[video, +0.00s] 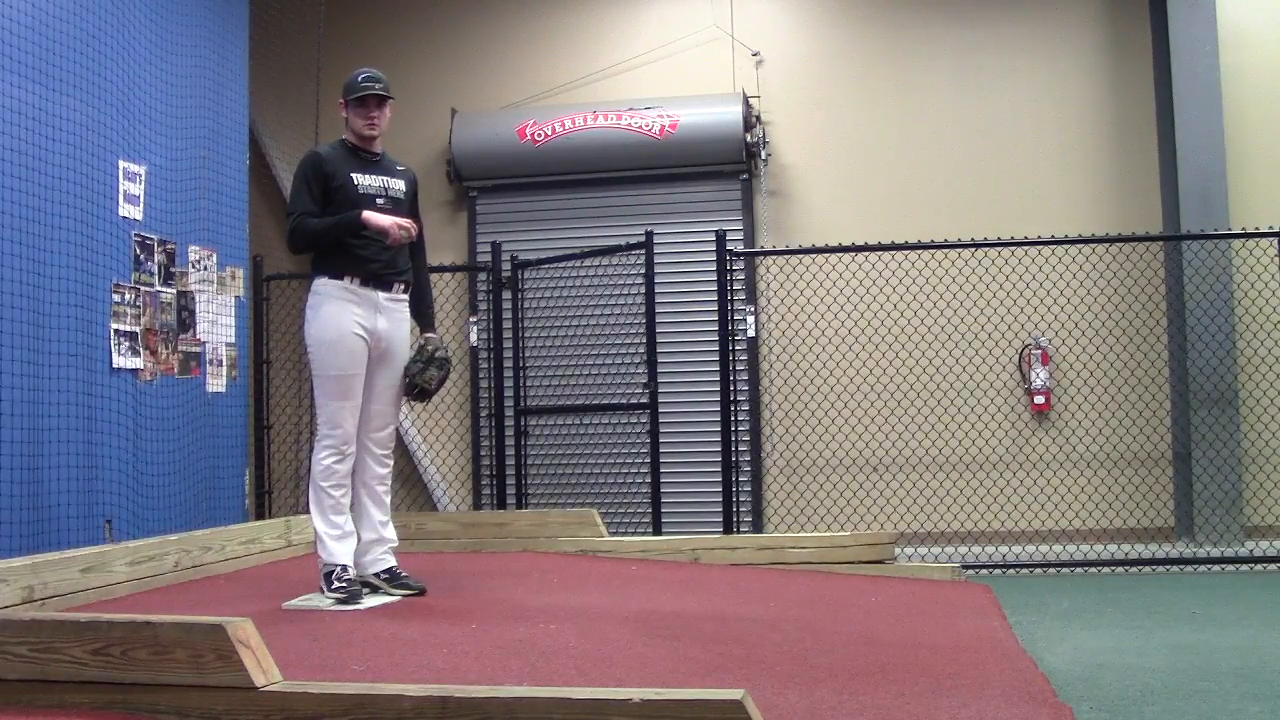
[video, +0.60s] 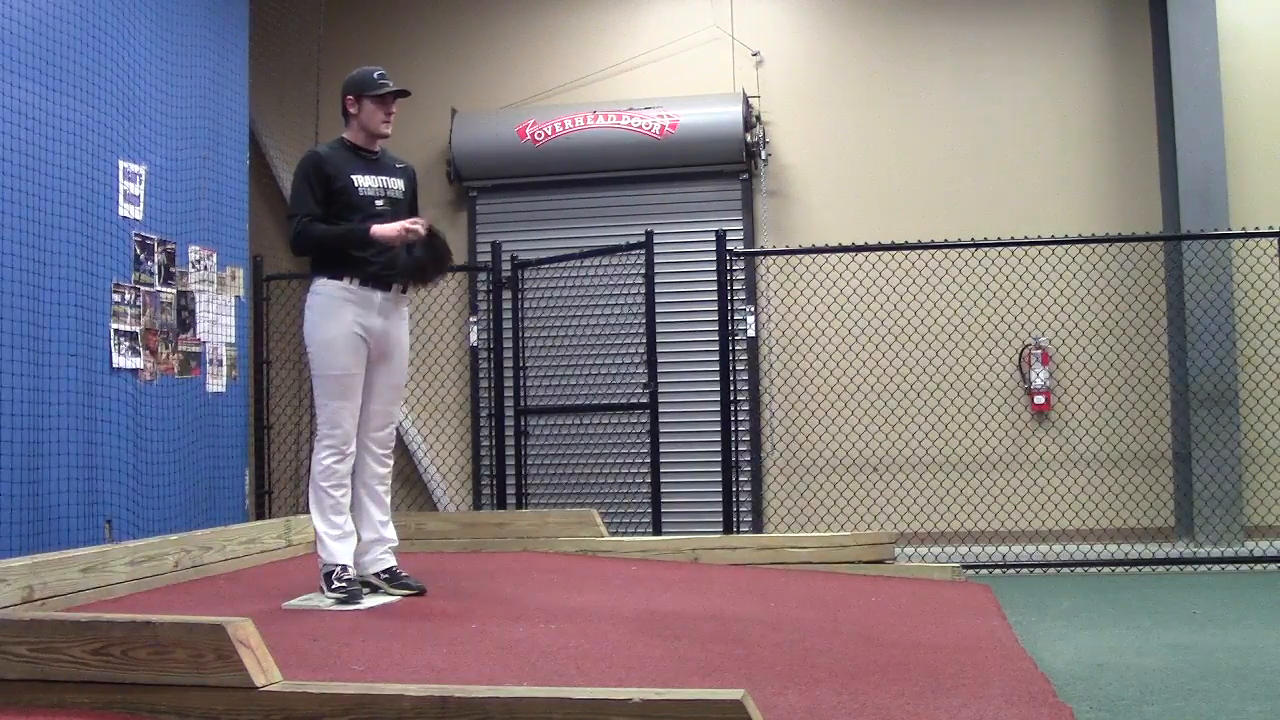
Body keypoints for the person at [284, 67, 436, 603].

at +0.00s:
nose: (373, 113)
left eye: (380, 104)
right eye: (363, 105)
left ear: (390, 111)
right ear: (344, 110)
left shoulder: (403, 176)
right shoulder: (320, 163)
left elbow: (417, 258)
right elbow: (298, 233)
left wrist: (425, 328)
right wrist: (364, 218)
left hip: (395, 310)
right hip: (338, 304)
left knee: (379, 441)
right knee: (338, 438)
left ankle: (377, 561)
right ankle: (336, 564)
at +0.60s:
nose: (391, 111)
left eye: (393, 103)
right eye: (381, 102)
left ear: (392, 110)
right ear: (352, 106)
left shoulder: (403, 172)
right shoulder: (319, 162)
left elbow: (415, 244)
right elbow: (301, 235)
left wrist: (421, 246)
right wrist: (376, 231)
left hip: (392, 308)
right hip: (337, 304)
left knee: (379, 439)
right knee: (338, 437)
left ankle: (376, 561)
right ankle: (336, 565)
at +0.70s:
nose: (390, 109)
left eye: (392, 102)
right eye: (380, 101)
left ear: (391, 109)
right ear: (351, 105)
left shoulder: (402, 171)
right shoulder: (318, 162)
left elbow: (418, 243)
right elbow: (308, 235)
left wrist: (422, 233)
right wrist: (382, 227)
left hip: (391, 310)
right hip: (337, 305)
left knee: (379, 442)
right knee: (338, 439)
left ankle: (377, 562)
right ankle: (336, 565)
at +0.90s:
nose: (385, 108)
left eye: (387, 100)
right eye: (375, 100)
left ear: (388, 107)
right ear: (346, 104)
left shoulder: (399, 169)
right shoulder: (316, 160)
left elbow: (414, 249)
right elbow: (317, 232)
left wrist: (428, 209)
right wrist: (388, 204)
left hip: (391, 310)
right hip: (337, 305)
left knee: (379, 442)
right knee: (337, 439)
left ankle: (377, 561)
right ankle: (335, 563)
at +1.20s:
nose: (382, 107)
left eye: (384, 99)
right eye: (372, 99)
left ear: (384, 106)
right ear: (343, 104)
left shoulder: (395, 164)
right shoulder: (315, 159)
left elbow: (418, 245)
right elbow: (322, 228)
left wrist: (423, 197)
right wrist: (390, 189)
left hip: (394, 309)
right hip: (338, 307)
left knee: (396, 432)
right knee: (339, 436)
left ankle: (382, 559)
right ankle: (335, 563)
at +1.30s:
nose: (385, 108)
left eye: (387, 101)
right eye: (375, 101)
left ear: (387, 107)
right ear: (346, 105)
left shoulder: (398, 164)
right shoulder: (318, 160)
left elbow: (423, 244)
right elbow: (323, 229)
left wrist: (424, 197)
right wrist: (390, 193)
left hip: (399, 310)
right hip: (341, 309)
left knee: (408, 428)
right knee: (343, 436)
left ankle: (400, 555)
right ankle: (335, 562)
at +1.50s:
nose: (406, 121)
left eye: (408, 114)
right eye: (396, 113)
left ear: (408, 120)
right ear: (368, 116)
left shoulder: (420, 175)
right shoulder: (336, 167)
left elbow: (443, 256)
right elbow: (324, 236)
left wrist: (432, 222)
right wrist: (386, 210)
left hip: (410, 319)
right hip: (351, 317)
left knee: (419, 440)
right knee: (358, 432)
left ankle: (431, 558)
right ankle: (339, 562)